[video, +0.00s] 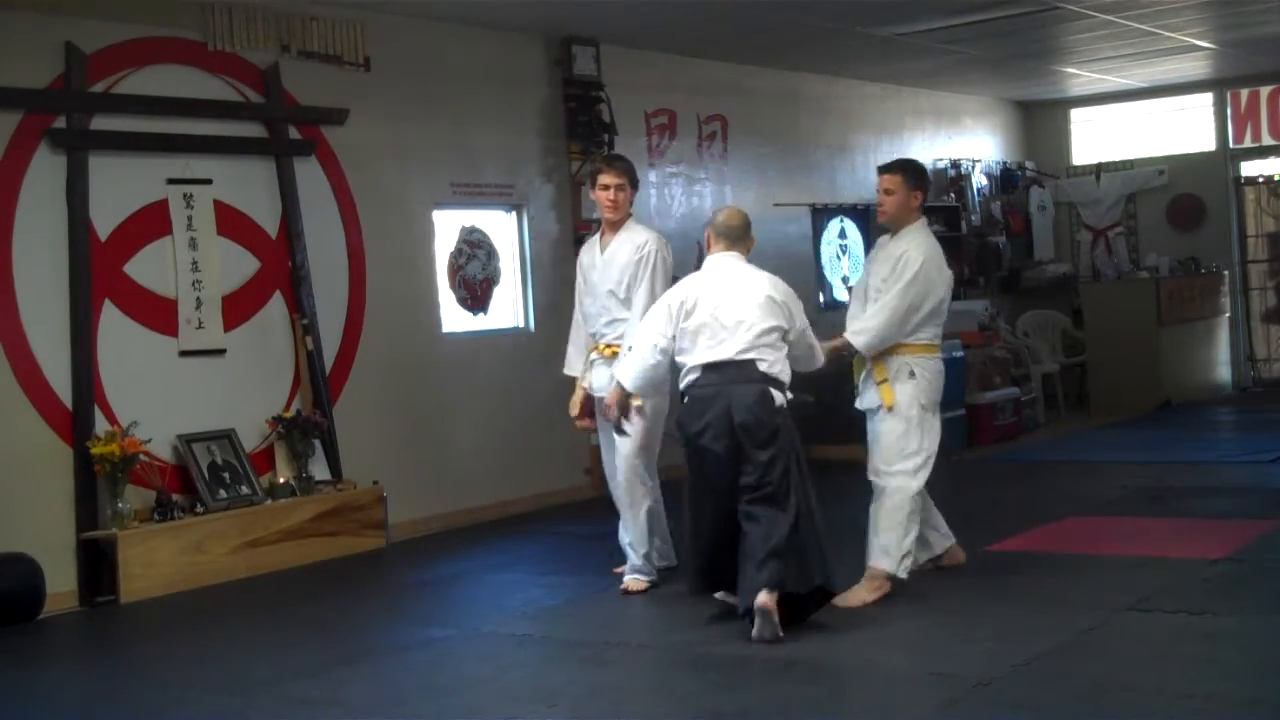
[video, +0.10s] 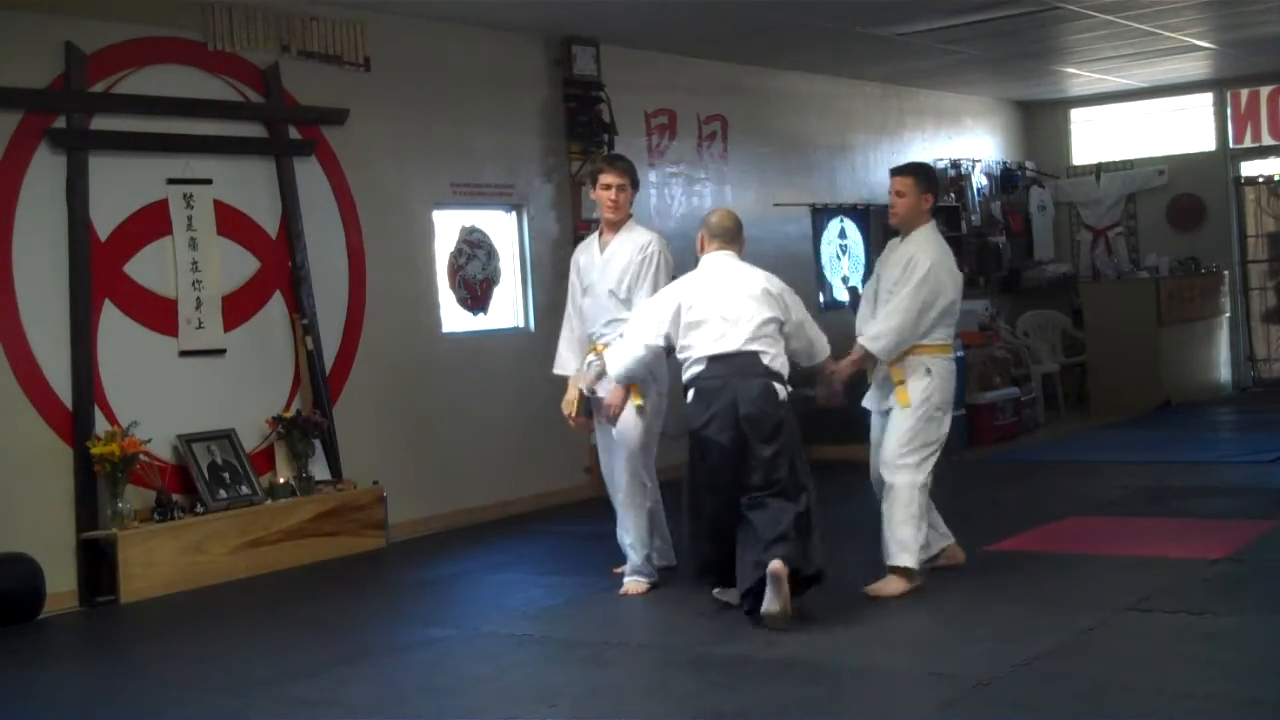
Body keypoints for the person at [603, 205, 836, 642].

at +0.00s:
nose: (706, 245)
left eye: (705, 239)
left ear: (707, 241)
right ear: (751, 244)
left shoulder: (682, 291)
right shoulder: (774, 288)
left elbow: (648, 349)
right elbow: (808, 359)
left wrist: (622, 391)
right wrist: (827, 350)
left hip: (701, 394)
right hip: (761, 393)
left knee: (713, 495)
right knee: (766, 497)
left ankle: (726, 589)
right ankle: (765, 590)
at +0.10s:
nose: (700, 247)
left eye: (698, 242)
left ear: (701, 243)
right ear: (743, 244)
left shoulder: (679, 288)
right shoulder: (768, 283)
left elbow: (640, 338)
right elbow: (816, 353)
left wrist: (617, 386)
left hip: (707, 386)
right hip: (762, 384)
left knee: (716, 489)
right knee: (774, 487)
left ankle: (731, 584)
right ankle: (778, 562)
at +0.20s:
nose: (695, 246)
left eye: (695, 241)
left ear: (699, 242)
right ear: (739, 245)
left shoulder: (678, 287)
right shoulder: (768, 280)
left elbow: (628, 328)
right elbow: (823, 335)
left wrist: (584, 339)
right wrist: (848, 375)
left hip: (716, 379)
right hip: (770, 378)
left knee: (720, 484)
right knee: (783, 483)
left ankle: (728, 582)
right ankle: (781, 564)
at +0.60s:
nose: (702, 252)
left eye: (704, 245)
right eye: (703, 245)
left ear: (721, 245)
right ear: (741, 247)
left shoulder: (715, 283)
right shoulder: (774, 284)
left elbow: (663, 324)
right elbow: (801, 344)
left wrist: (621, 324)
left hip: (767, 388)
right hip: (799, 383)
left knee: (749, 469)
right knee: (788, 472)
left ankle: (754, 560)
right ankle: (791, 554)